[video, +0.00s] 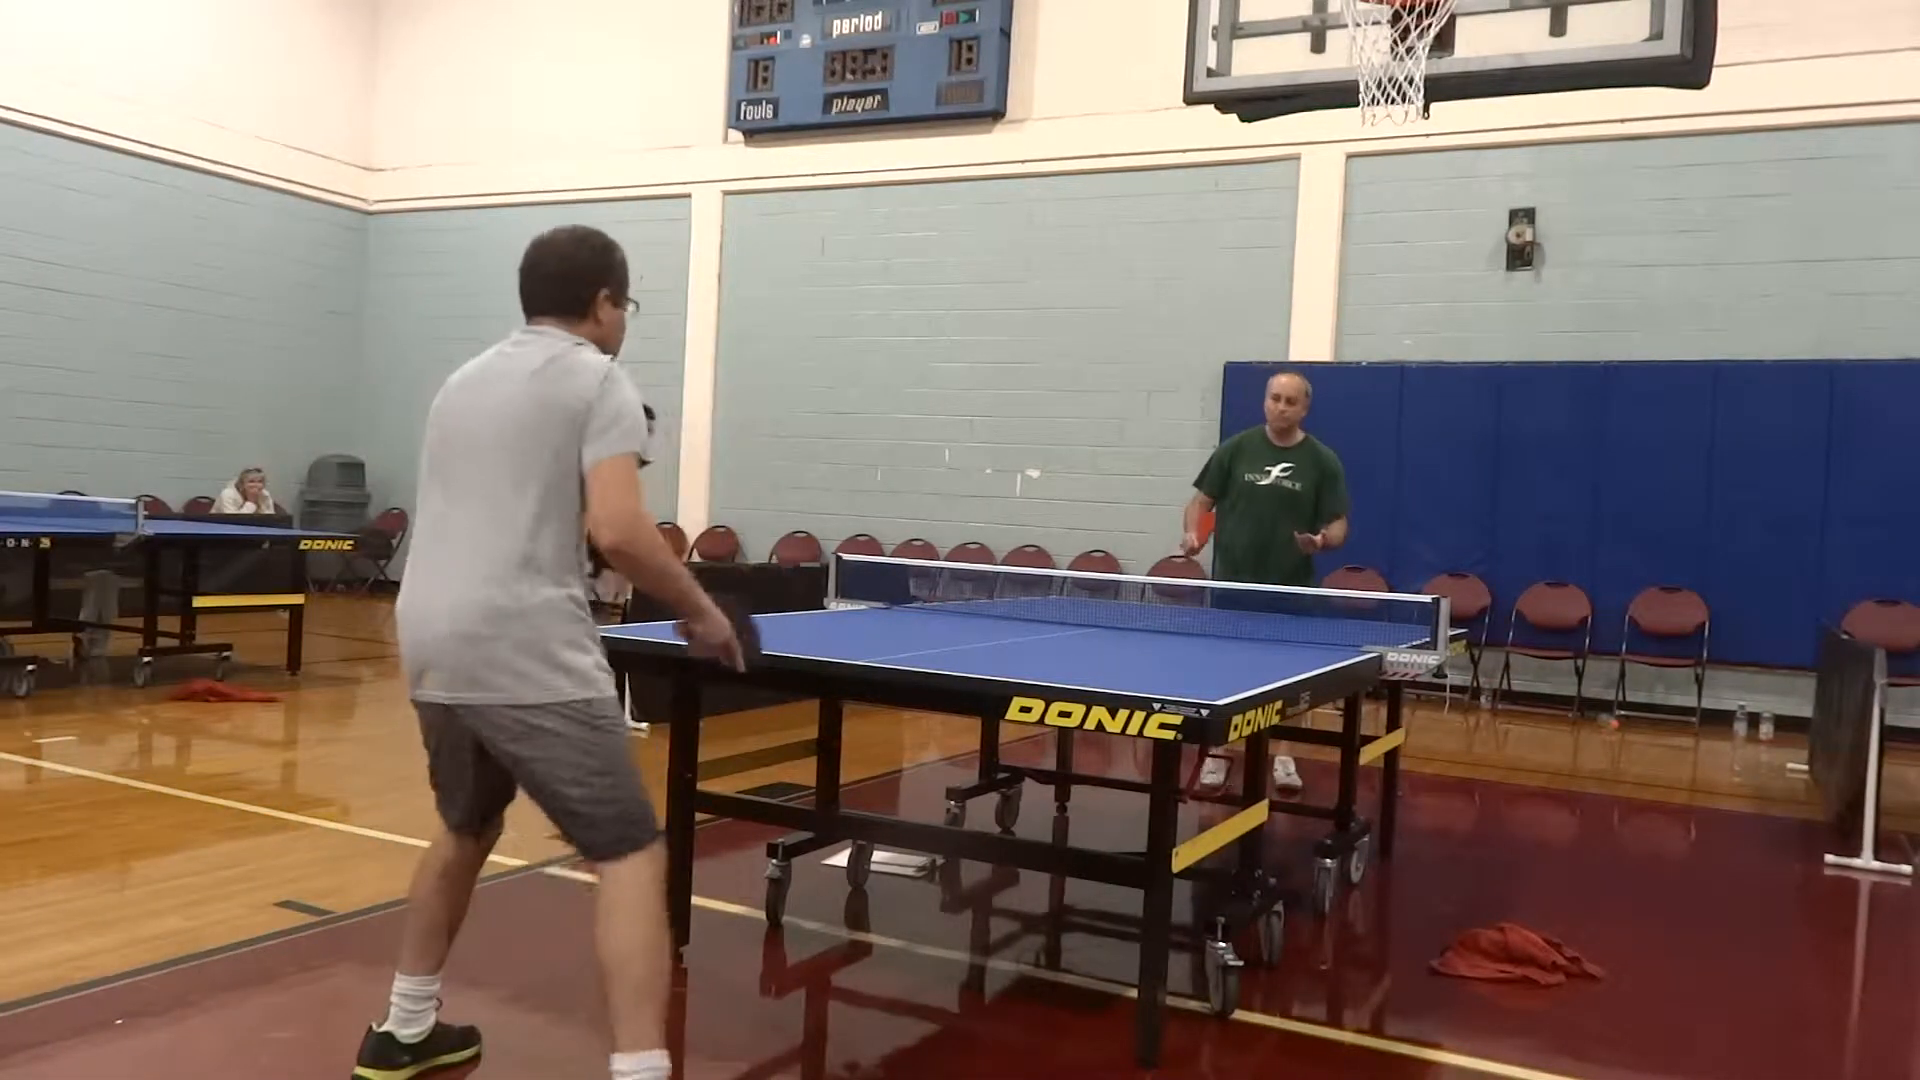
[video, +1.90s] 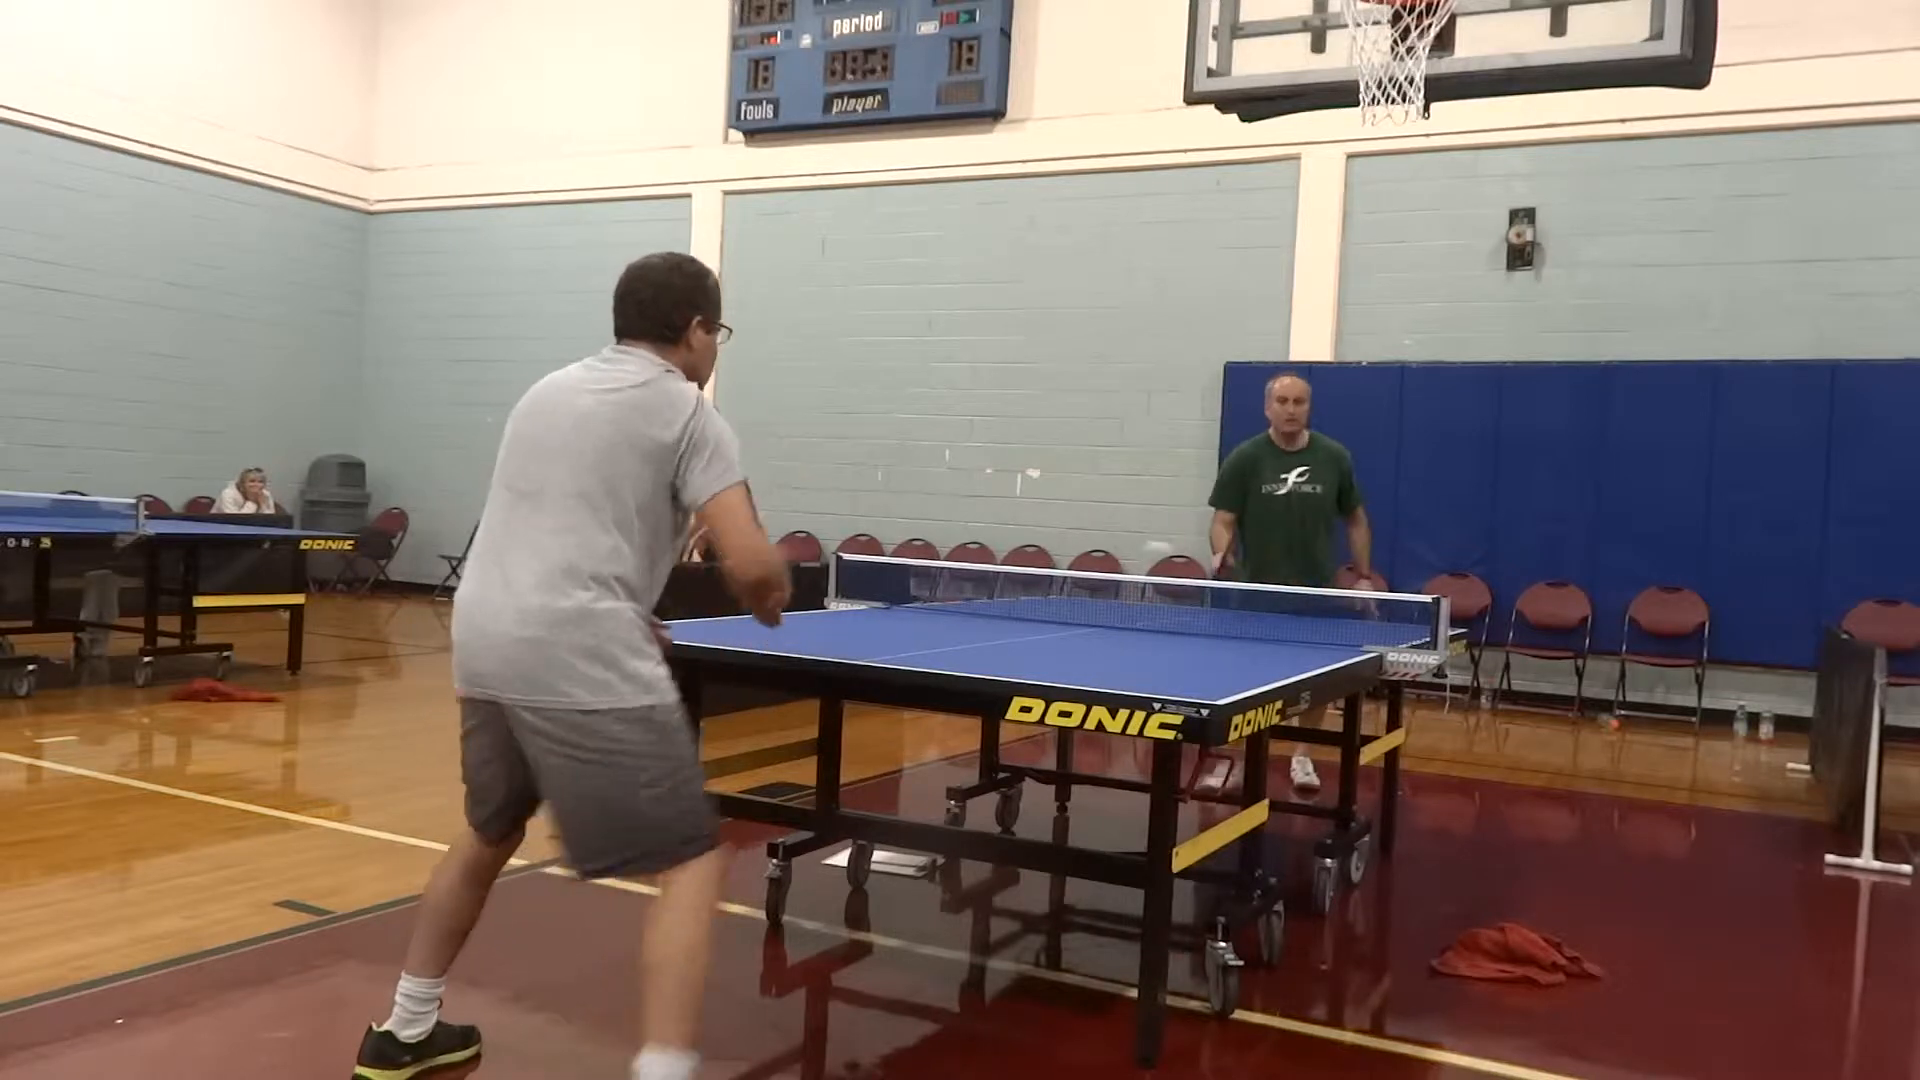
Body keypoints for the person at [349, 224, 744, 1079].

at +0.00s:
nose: (627, 318)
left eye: (627, 303)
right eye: (625, 302)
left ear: (528, 303)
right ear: (600, 302)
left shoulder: (462, 381)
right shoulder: (598, 378)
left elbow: (463, 520)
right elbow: (619, 533)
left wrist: (579, 567)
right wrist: (701, 611)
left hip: (433, 656)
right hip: (533, 661)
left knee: (465, 823)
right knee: (630, 853)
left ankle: (406, 1026)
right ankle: (642, 1070)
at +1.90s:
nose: (719, 346)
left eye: (718, 331)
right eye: (718, 330)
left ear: (620, 327)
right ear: (693, 330)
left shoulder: (544, 393)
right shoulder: (689, 414)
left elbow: (543, 535)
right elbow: (750, 568)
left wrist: (632, 608)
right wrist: (766, 596)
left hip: (481, 647)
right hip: (586, 658)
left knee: (488, 832)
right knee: (691, 855)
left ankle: (405, 1026)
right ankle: (665, 1069)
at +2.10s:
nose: (741, 346)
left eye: (742, 333)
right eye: (741, 332)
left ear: (649, 322)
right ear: (718, 325)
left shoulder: (572, 398)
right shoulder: (732, 391)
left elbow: (503, 544)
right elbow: (871, 469)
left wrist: (582, 593)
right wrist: (830, 546)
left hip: (551, 679)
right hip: (676, 688)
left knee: (511, 842)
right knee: (761, 881)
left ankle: (420, 1019)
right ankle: (751, 1072)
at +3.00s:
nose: (718, 318)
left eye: (716, 302)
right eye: (715, 302)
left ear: (617, 305)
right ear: (693, 306)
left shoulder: (545, 377)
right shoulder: (694, 399)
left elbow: (448, 509)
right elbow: (753, 570)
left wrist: (532, 565)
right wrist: (797, 586)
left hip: (485, 657)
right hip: (598, 671)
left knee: (453, 826)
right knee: (706, 868)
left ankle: (365, 1007)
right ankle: (674, 1070)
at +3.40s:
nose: (764, 325)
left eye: (769, 305)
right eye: (746, 303)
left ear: (675, 303)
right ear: (677, 300)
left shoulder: (618, 368)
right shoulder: (662, 389)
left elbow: (578, 522)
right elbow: (626, 525)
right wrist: (730, 602)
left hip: (539, 666)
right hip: (607, 683)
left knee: (508, 846)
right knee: (752, 885)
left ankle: (376, 1010)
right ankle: (724, 1070)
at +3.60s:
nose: (748, 251)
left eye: (766, 229)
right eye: (722, 228)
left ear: (783, 236)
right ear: (671, 231)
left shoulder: (721, 347)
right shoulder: (650, 344)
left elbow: (680, 524)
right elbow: (546, 510)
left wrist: (741, 625)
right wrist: (672, 613)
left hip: (647, 675)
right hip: (625, 682)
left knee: (627, 878)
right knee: (719, 906)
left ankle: (492, 1056)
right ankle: (722, 1074)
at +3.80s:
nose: (700, 215)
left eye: (722, 193)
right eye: (673, 194)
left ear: (749, 208)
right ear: (632, 209)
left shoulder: (757, 336)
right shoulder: (580, 341)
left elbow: (804, 466)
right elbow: (451, 506)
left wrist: (907, 567)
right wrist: (506, 679)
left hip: (712, 699)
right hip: (601, 705)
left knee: (635, 925)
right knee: (699, 931)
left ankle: (562, 1074)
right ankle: (686, 1078)